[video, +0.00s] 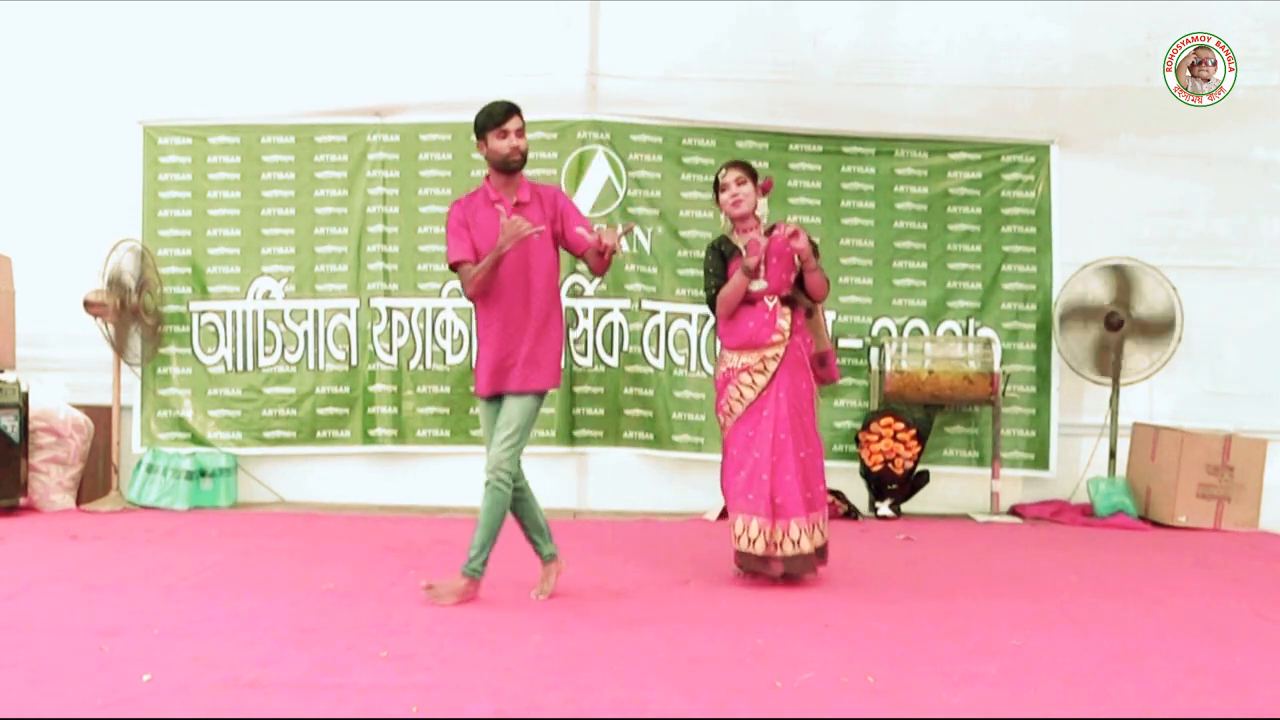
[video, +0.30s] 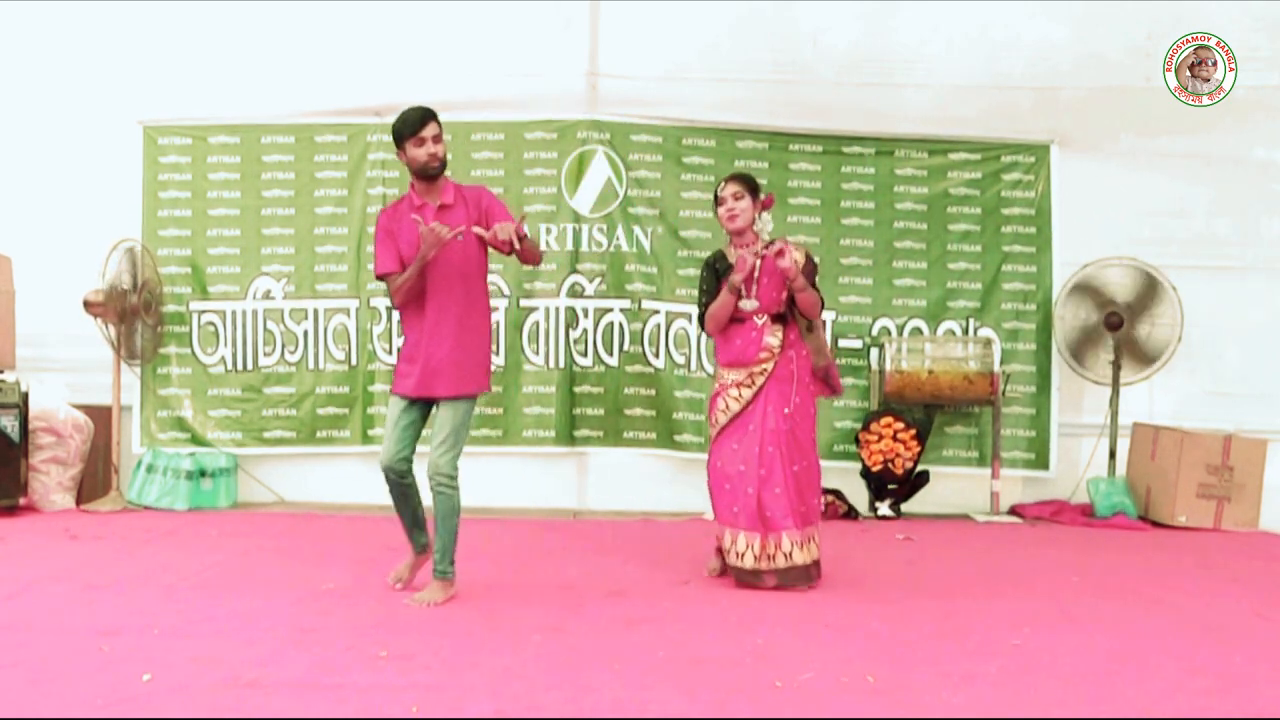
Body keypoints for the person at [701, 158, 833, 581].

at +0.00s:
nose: (732, 193)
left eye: (740, 184)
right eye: (724, 188)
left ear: (759, 190)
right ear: (719, 201)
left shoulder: (787, 238)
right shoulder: (720, 250)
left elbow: (819, 294)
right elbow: (721, 310)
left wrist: (806, 257)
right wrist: (746, 267)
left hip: (789, 355)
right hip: (743, 360)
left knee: (791, 446)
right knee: (750, 449)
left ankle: (794, 547)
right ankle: (755, 548)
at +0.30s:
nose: (729, 207)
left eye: (738, 199)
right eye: (722, 202)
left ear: (759, 205)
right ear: (717, 214)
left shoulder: (788, 256)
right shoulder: (717, 264)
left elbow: (814, 312)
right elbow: (711, 325)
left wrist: (793, 277)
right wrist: (735, 281)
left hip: (786, 370)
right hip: (738, 373)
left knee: (783, 456)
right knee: (737, 459)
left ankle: (788, 554)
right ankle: (746, 555)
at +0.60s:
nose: (704, 192)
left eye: (713, 184)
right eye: (698, 187)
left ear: (736, 188)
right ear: (695, 197)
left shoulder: (765, 239)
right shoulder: (695, 248)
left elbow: (793, 302)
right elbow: (679, 311)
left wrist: (769, 268)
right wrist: (703, 279)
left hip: (755, 351)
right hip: (709, 353)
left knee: (744, 438)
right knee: (706, 439)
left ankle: (742, 547)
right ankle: (712, 547)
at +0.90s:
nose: (654, 195)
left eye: (664, 188)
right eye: (650, 190)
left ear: (690, 194)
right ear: (646, 200)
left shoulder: (716, 233)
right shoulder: (651, 256)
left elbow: (757, 264)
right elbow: (649, 326)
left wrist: (719, 246)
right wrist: (662, 291)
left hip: (722, 345)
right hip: (677, 351)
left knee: (714, 436)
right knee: (673, 438)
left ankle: (719, 546)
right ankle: (682, 548)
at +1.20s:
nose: (616, 211)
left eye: (627, 205)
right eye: (613, 204)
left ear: (650, 214)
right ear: (609, 215)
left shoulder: (672, 249)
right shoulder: (616, 272)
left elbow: (696, 290)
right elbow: (615, 347)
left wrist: (653, 269)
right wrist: (616, 309)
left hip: (683, 358)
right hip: (644, 365)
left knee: (665, 441)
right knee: (613, 442)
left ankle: (675, 551)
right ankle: (629, 551)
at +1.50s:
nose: (574, 189)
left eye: (585, 183)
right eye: (570, 181)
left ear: (606, 195)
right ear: (562, 189)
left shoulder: (619, 238)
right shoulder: (564, 240)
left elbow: (618, 297)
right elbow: (552, 288)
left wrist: (580, 272)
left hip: (617, 342)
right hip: (578, 343)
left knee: (602, 433)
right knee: (570, 435)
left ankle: (617, 539)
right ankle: (576, 541)